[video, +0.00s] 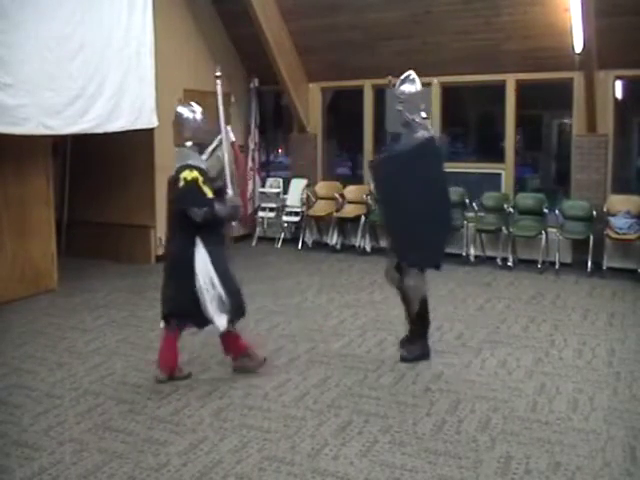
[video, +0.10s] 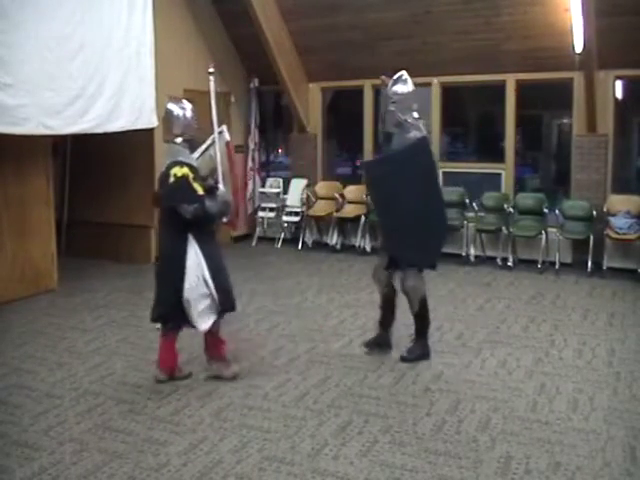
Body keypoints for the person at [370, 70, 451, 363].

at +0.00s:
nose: (400, 109)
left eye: (404, 103)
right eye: (399, 103)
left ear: (413, 107)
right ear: (399, 107)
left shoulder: (424, 143)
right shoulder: (406, 140)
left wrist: (380, 167)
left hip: (422, 222)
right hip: (408, 220)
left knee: (412, 276)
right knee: (396, 273)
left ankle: (419, 341)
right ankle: (416, 331)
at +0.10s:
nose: (390, 110)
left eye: (395, 104)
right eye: (389, 104)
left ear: (406, 106)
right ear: (387, 107)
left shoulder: (415, 139)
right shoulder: (396, 138)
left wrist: (375, 171)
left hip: (417, 222)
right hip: (398, 221)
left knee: (410, 279)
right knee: (383, 275)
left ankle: (421, 343)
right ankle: (383, 336)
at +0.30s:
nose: (371, 116)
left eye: (375, 110)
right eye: (371, 110)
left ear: (385, 113)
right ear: (380, 113)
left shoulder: (396, 143)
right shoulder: (382, 142)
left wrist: (349, 171)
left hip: (390, 227)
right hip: (377, 226)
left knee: (399, 287)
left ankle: (420, 342)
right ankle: (352, 343)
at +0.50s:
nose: (358, 110)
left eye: (360, 105)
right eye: (356, 105)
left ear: (355, 108)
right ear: (356, 108)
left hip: (359, 219)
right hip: (351, 217)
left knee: (351, 283)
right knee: (349, 281)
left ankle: (386, 328)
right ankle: (349, 343)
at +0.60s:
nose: (344, 107)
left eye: (350, 102)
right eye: (342, 101)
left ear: (358, 105)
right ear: (337, 104)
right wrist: (302, 135)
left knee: (340, 280)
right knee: (338, 281)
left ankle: (353, 346)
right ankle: (348, 343)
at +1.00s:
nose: (322, 117)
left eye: (325, 111)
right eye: (319, 112)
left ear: (333, 113)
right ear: (319, 114)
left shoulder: (341, 141)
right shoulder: (320, 141)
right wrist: (284, 142)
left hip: (345, 224)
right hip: (328, 221)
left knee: (315, 286)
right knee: (324, 283)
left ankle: (321, 356)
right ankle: (348, 328)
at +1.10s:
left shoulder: (344, 175)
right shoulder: (342, 172)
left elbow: (347, 216)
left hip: (337, 235)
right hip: (344, 233)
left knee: (313, 289)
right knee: (337, 284)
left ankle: (321, 356)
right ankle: (352, 326)